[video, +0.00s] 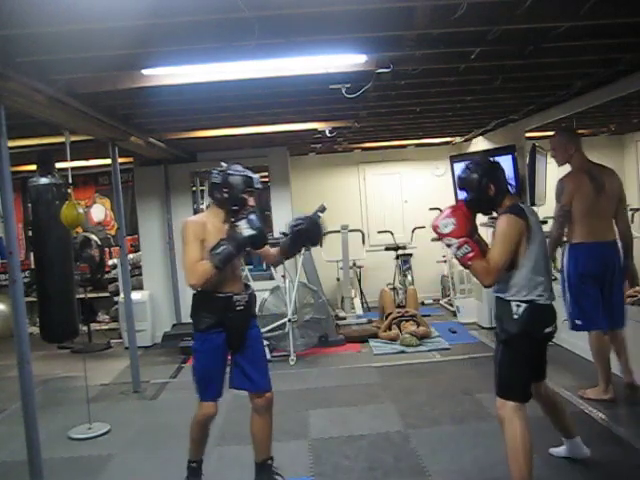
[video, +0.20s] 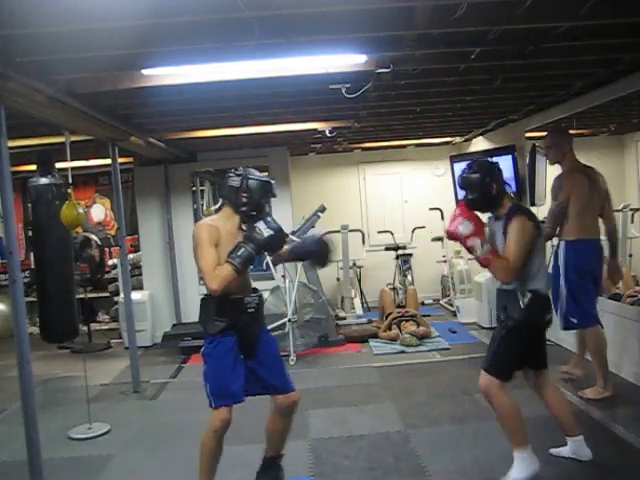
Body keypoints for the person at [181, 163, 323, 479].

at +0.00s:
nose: (249, 201)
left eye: (249, 195)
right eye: (244, 195)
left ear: (229, 194)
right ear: (224, 193)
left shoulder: (240, 224)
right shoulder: (195, 225)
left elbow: (271, 257)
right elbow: (195, 278)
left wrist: (297, 241)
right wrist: (231, 246)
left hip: (244, 318)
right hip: (210, 321)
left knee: (263, 399)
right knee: (208, 409)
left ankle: (264, 471)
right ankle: (194, 471)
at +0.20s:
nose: (263, 206)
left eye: (264, 200)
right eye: (259, 199)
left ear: (241, 197)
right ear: (240, 196)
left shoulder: (248, 225)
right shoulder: (207, 228)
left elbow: (271, 256)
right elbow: (215, 282)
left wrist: (303, 250)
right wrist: (250, 248)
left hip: (252, 323)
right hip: (221, 329)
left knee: (287, 400)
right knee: (221, 418)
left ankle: (270, 471)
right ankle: (205, 477)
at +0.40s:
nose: (286, 209)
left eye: (286, 202)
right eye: (282, 201)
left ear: (264, 198)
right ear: (265, 197)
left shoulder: (270, 226)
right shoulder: (224, 224)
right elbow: (225, 279)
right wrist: (268, 248)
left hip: (262, 324)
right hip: (231, 328)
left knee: (297, 403)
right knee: (229, 421)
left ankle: (298, 472)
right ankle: (207, 476)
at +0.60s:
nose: (297, 198)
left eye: (299, 192)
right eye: (294, 190)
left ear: (276, 189)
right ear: (277, 187)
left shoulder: (279, 223)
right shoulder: (239, 223)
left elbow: (312, 242)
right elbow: (245, 279)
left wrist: (350, 230)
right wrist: (284, 243)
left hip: (278, 321)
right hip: (248, 327)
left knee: (298, 403)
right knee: (260, 418)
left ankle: (299, 472)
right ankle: (231, 476)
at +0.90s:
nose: (313, 197)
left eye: (313, 191)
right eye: (312, 190)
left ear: (282, 187)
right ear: (302, 189)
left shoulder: (272, 222)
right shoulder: (274, 221)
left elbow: (285, 275)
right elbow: (295, 279)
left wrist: (308, 247)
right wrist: (321, 251)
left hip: (286, 325)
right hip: (274, 328)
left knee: (320, 396)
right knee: (267, 423)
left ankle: (320, 471)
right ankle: (240, 476)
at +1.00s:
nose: (323, 198)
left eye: (323, 192)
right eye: (322, 190)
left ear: (291, 187)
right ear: (314, 189)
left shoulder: (278, 221)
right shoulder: (292, 222)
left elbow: (302, 275)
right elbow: (319, 279)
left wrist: (326, 246)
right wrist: (336, 248)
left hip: (288, 322)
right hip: (288, 325)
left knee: (319, 402)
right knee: (292, 419)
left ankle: (325, 473)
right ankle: (251, 475)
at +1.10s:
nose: (332, 199)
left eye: (332, 193)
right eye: (331, 192)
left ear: (300, 186)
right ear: (323, 189)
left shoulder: (287, 222)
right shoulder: (307, 223)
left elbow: (311, 268)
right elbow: (339, 278)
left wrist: (336, 242)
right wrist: (350, 243)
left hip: (293, 317)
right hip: (305, 321)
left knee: (320, 407)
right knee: (333, 417)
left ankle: (325, 471)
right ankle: (275, 475)